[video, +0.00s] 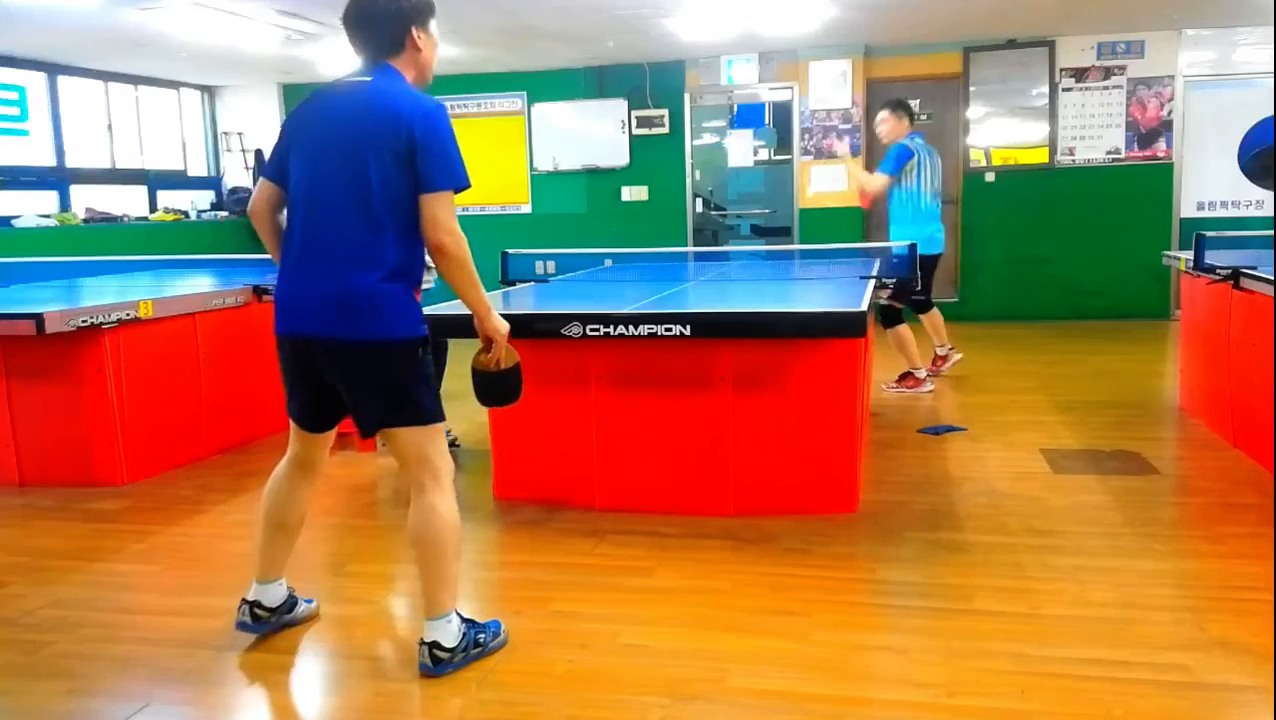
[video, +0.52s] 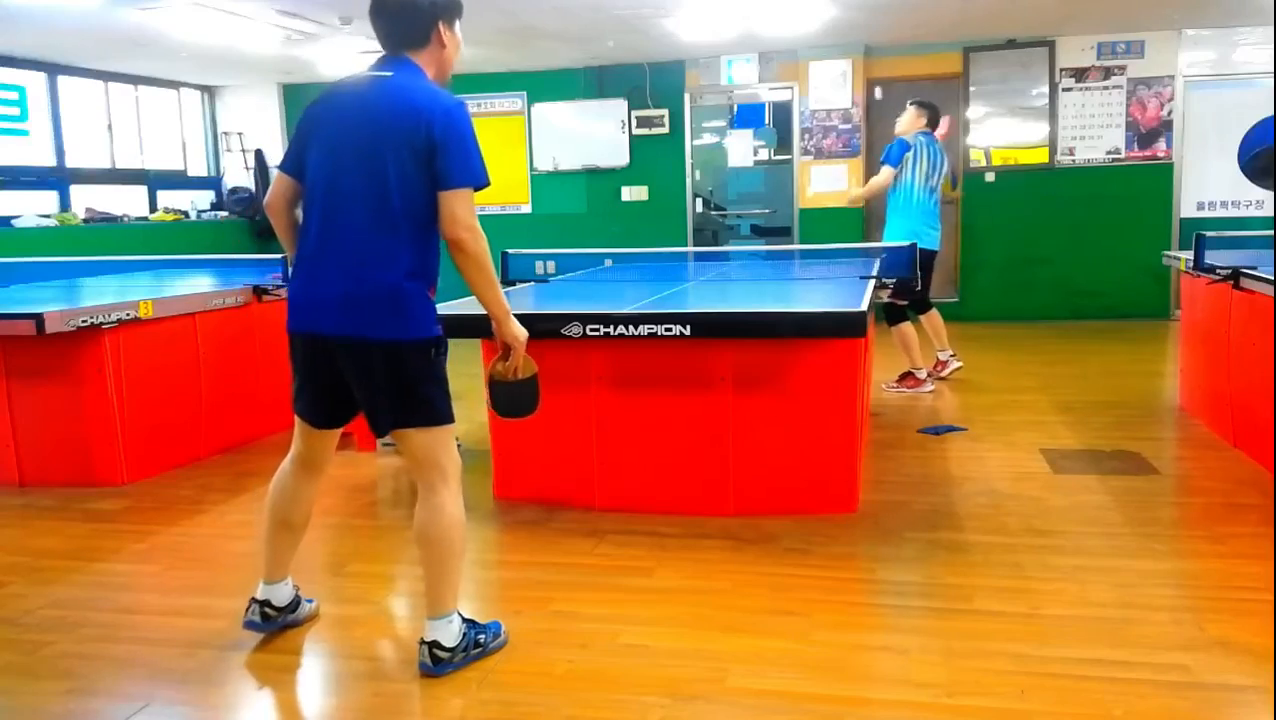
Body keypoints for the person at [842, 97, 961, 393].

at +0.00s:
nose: (879, 129)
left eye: (883, 122)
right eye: (878, 124)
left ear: (902, 121)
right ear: (907, 123)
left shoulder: (900, 149)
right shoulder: (929, 151)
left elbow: (874, 185)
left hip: (910, 243)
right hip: (931, 242)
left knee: (888, 308)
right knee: (920, 298)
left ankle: (917, 375)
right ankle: (944, 350)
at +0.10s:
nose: (885, 120)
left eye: (891, 113)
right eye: (886, 114)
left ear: (911, 117)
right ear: (915, 119)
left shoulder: (902, 143)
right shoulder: (933, 149)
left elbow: (873, 179)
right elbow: (938, 191)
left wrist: (843, 161)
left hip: (903, 238)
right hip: (926, 237)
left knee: (891, 307)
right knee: (917, 300)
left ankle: (916, 374)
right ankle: (941, 352)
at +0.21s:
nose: (891, 119)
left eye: (897, 113)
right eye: (894, 113)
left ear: (916, 118)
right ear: (920, 121)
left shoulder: (903, 143)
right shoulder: (935, 151)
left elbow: (879, 183)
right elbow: (939, 192)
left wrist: (846, 178)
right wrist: (907, 189)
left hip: (902, 237)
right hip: (926, 238)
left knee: (892, 308)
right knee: (917, 300)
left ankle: (917, 374)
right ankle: (941, 355)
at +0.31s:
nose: (893, 118)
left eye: (900, 112)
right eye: (896, 112)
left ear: (918, 119)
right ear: (922, 121)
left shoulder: (904, 142)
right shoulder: (936, 151)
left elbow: (882, 182)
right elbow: (939, 192)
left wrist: (848, 182)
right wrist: (909, 192)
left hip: (902, 237)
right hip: (925, 238)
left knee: (891, 308)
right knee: (919, 301)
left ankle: (917, 375)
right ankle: (943, 355)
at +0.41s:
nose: (896, 118)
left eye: (902, 112)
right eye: (899, 112)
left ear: (920, 118)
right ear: (924, 121)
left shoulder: (904, 142)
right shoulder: (938, 151)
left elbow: (883, 182)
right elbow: (942, 192)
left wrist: (851, 185)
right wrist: (911, 189)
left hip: (902, 237)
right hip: (926, 238)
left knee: (892, 308)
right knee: (919, 301)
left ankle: (917, 375)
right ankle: (944, 354)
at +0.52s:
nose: (897, 119)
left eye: (904, 114)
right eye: (900, 114)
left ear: (921, 120)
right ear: (927, 123)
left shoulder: (902, 144)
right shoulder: (941, 153)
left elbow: (883, 180)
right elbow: (944, 191)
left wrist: (860, 194)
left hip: (904, 238)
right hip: (928, 239)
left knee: (894, 307)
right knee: (919, 300)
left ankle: (918, 375)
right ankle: (946, 356)